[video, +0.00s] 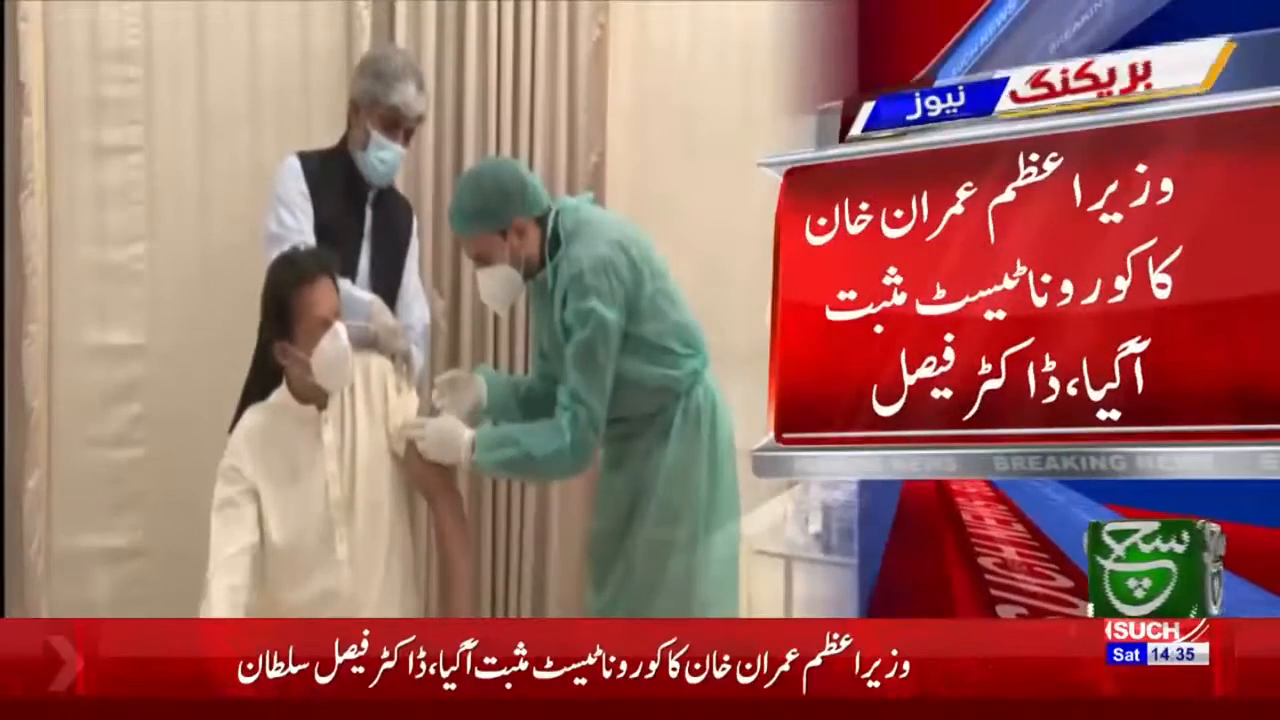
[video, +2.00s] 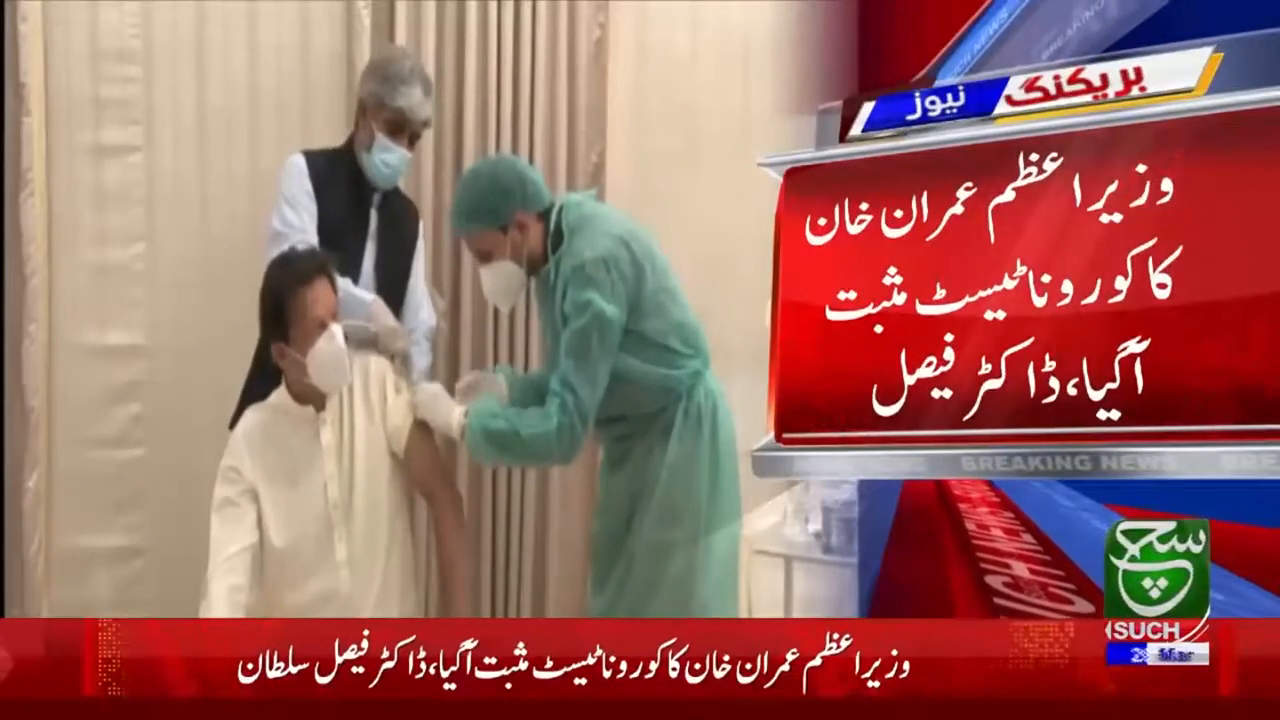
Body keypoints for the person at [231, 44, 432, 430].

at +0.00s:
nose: (398, 146)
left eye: (409, 134)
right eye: (389, 128)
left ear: (417, 132)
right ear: (356, 114)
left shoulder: (401, 214)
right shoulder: (301, 172)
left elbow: (413, 311)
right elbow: (293, 271)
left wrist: (407, 396)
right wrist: (371, 311)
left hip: (370, 383)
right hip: (296, 374)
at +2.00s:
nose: (402, 151)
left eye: (414, 139)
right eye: (393, 132)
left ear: (423, 137)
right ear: (363, 116)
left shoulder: (407, 216)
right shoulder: (306, 171)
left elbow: (418, 318)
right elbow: (292, 266)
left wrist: (409, 393)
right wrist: (369, 309)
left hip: (371, 388)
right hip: (297, 377)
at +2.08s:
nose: (402, 151)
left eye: (414, 139)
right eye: (393, 132)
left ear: (423, 136)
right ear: (363, 116)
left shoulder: (408, 216)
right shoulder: (306, 172)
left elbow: (418, 319)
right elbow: (292, 267)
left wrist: (410, 395)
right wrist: (369, 309)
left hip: (371, 389)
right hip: (297, 378)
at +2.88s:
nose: (406, 152)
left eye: (419, 142)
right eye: (397, 133)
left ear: (429, 142)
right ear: (368, 117)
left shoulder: (411, 218)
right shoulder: (312, 172)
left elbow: (424, 319)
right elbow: (294, 270)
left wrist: (419, 400)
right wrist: (372, 311)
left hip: (373, 391)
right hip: (298, 377)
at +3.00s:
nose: (406, 152)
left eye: (419, 142)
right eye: (398, 133)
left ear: (429, 143)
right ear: (370, 115)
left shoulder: (411, 218)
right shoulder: (313, 172)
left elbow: (424, 316)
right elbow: (294, 269)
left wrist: (417, 392)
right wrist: (372, 311)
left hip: (372, 390)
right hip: (298, 376)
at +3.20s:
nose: (406, 153)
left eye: (420, 143)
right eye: (398, 134)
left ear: (430, 143)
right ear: (370, 116)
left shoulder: (412, 217)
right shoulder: (314, 172)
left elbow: (424, 318)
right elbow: (294, 268)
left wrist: (419, 398)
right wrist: (371, 311)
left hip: (372, 391)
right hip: (298, 376)